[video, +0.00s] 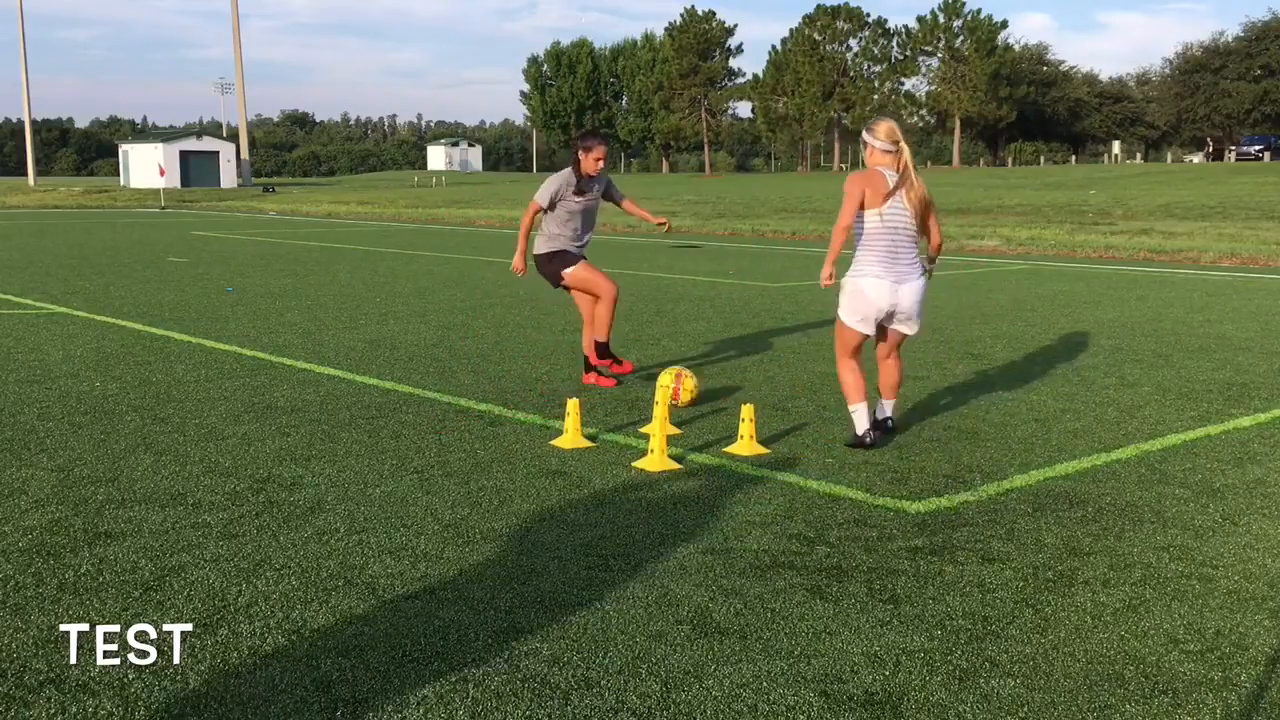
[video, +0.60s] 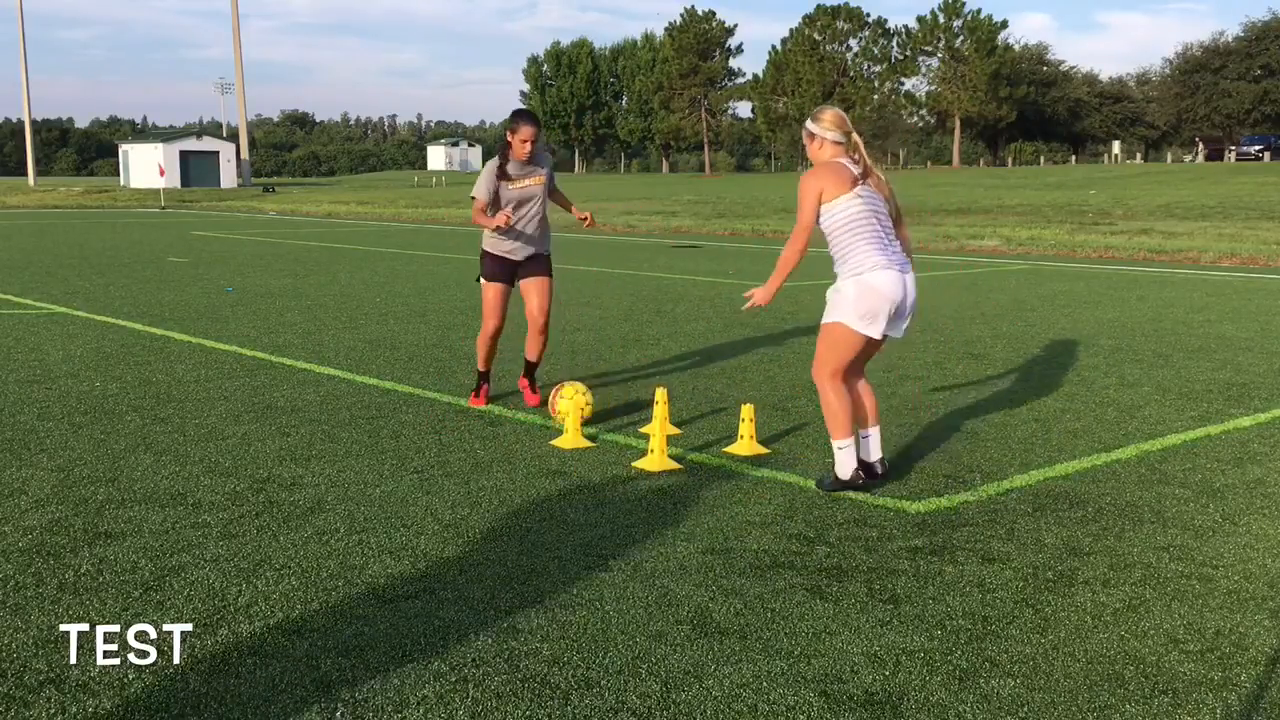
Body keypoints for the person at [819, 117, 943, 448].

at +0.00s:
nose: (864, 152)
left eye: (865, 147)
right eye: (865, 147)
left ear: (872, 148)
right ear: (897, 149)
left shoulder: (861, 179)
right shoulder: (916, 185)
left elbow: (844, 224)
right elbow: (936, 240)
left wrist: (829, 263)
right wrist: (929, 263)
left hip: (868, 283)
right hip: (911, 285)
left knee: (847, 353)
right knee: (889, 351)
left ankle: (863, 429)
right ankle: (887, 419)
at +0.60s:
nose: (805, 148)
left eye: (807, 141)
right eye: (806, 141)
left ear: (820, 140)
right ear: (844, 141)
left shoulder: (817, 176)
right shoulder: (872, 175)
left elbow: (799, 242)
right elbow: (902, 238)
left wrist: (769, 288)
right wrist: (902, 284)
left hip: (865, 283)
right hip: (900, 282)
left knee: (825, 373)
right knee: (852, 371)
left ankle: (846, 471)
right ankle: (872, 462)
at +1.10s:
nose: (788, 154)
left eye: (790, 146)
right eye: (789, 147)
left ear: (802, 145)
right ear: (831, 147)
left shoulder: (803, 186)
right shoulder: (862, 186)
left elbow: (810, 261)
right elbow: (889, 255)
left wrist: (796, 322)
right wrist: (872, 304)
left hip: (844, 305)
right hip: (887, 304)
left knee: (800, 415)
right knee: (827, 411)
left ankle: (835, 522)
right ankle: (865, 507)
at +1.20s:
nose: (796, 169)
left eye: (797, 160)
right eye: (795, 160)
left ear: (811, 156)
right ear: (839, 157)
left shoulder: (814, 195)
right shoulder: (864, 197)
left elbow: (803, 269)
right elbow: (885, 267)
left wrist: (771, 299)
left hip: (851, 320)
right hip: (886, 319)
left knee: (822, 435)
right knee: (834, 433)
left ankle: (849, 554)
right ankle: (869, 525)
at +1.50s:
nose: (832, 161)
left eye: (833, 152)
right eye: (832, 152)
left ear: (847, 149)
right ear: (873, 150)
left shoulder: (864, 187)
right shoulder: (894, 192)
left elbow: (821, 242)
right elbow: (921, 265)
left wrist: (792, 231)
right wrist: (901, 308)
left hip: (881, 327)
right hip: (901, 323)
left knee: (855, 440)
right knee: (815, 407)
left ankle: (877, 554)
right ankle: (865, 506)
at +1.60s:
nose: (849, 146)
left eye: (853, 137)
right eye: (849, 138)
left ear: (871, 136)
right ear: (888, 138)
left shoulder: (892, 165)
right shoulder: (901, 178)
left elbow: (819, 163)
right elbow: (917, 261)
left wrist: (818, 158)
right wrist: (868, 288)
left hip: (903, 319)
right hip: (890, 316)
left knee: (851, 423)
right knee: (840, 413)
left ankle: (882, 546)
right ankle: (872, 519)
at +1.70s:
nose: (870, 127)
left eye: (876, 113)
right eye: (870, 117)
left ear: (896, 117)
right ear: (913, 121)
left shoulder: (911, 148)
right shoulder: (924, 169)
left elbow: (881, 105)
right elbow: (947, 237)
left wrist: (845, 120)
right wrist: (940, 273)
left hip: (909, 303)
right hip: (890, 304)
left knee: (858, 411)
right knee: (844, 404)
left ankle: (931, 504)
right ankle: (871, 514)